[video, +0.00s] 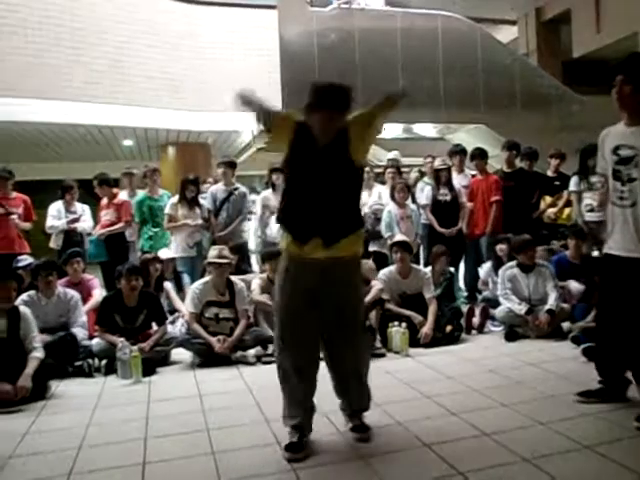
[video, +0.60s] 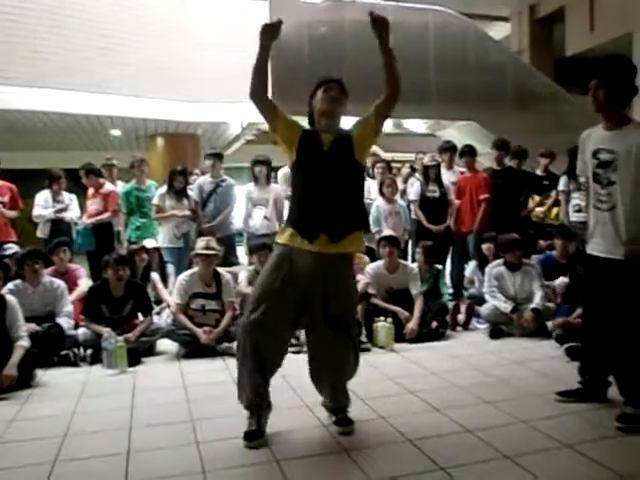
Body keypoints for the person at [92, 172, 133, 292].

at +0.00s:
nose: (96, 191)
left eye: (97, 187)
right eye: (95, 188)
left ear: (104, 187)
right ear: (104, 187)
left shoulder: (123, 202)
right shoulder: (103, 202)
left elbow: (126, 222)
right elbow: (102, 221)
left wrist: (106, 232)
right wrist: (95, 232)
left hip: (118, 237)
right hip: (104, 238)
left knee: (120, 271)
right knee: (107, 273)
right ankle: (112, 299)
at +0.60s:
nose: (83, 182)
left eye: (83, 178)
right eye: (82, 178)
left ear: (92, 177)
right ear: (91, 177)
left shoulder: (110, 191)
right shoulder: (90, 191)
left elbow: (113, 212)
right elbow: (89, 209)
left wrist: (93, 221)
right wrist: (84, 220)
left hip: (104, 227)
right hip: (91, 227)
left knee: (105, 259)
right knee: (93, 260)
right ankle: (97, 287)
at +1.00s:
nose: (75, 161)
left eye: (76, 157)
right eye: (74, 158)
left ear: (83, 156)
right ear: (83, 156)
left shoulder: (104, 170)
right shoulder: (83, 171)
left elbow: (108, 192)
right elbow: (82, 191)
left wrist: (88, 202)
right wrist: (78, 201)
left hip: (99, 209)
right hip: (85, 210)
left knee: (101, 247)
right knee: (90, 249)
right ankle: (94, 276)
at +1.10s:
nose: (77, 161)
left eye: (77, 157)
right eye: (76, 158)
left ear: (85, 156)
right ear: (85, 156)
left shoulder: (105, 170)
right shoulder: (84, 171)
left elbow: (110, 192)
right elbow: (83, 191)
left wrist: (90, 202)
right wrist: (79, 201)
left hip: (100, 208)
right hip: (86, 210)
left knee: (103, 245)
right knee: (91, 247)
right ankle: (95, 275)